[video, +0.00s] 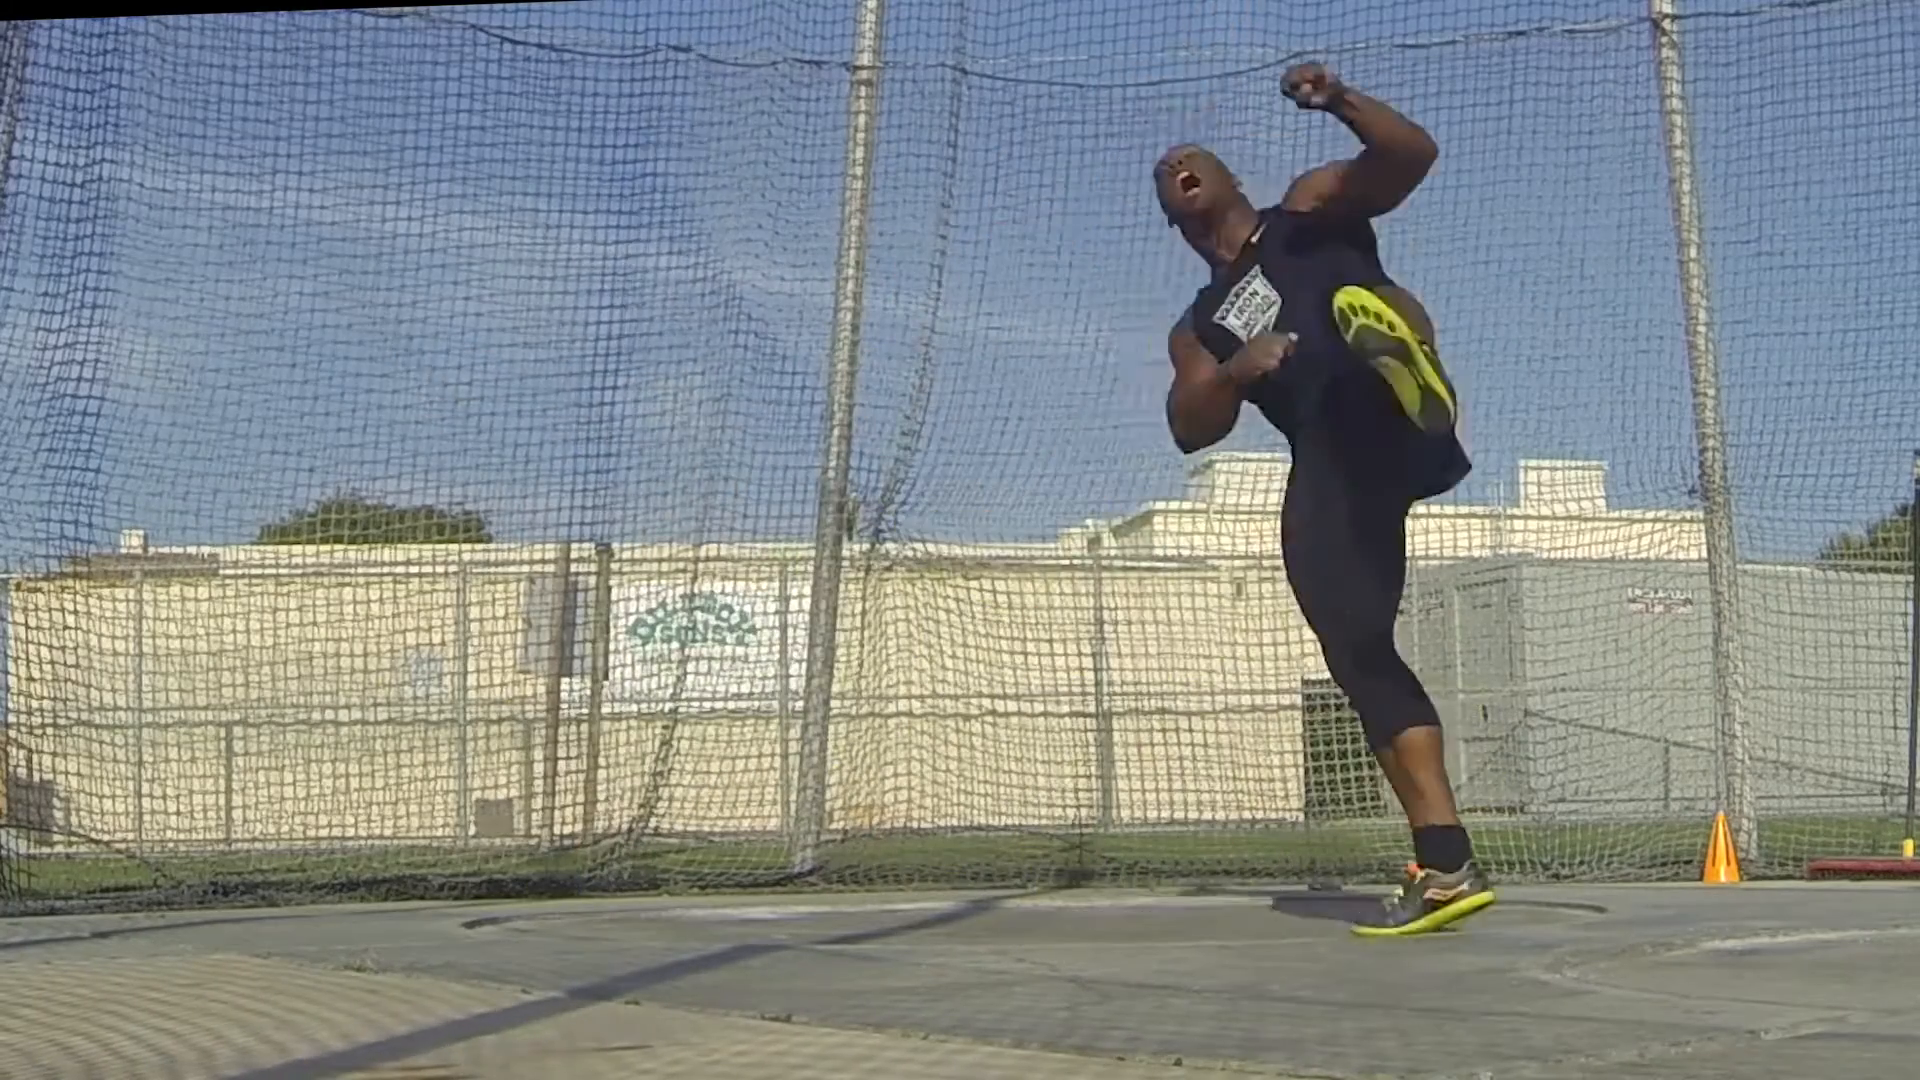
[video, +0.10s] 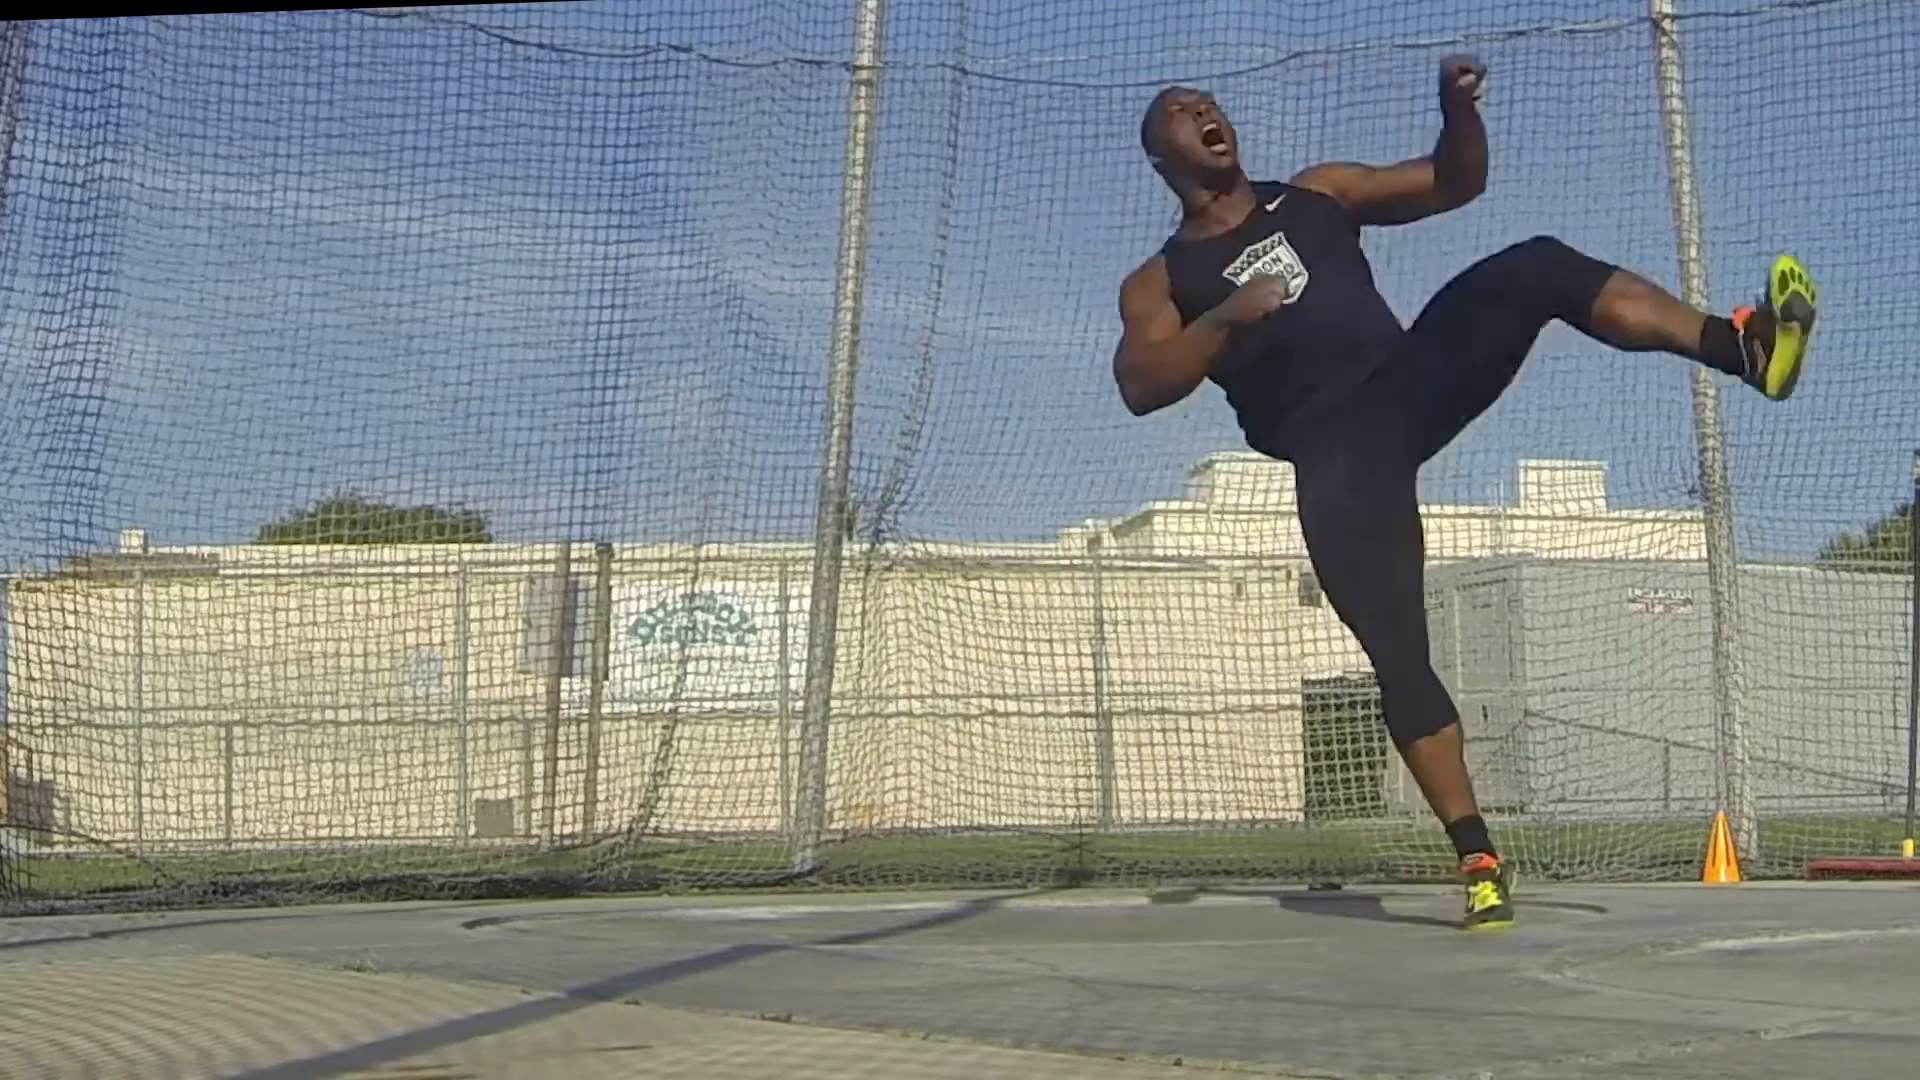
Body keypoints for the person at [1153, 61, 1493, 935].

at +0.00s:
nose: (1180, 176)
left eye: (1191, 166)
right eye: (1166, 181)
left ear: (1234, 178)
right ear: (1174, 222)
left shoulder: (1309, 202)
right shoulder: (1198, 324)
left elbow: (1413, 155)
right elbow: (1191, 429)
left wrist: (1341, 100)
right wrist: (1231, 373)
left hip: (1394, 417)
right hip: (1327, 472)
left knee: (1363, 296)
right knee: (1358, 650)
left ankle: (1409, 373)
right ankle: (1446, 862)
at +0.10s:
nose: (1210, 118)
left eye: (1213, 108)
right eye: (1184, 115)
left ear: (1234, 131)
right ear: (1158, 159)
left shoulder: (1315, 191)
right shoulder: (1155, 280)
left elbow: (1452, 178)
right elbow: (1141, 387)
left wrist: (1458, 110)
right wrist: (1222, 320)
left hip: (1411, 377)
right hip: (1334, 448)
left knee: (1536, 266)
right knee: (1397, 652)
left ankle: (1741, 350)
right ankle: (1477, 859)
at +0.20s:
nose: (1262, 115)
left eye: (1261, 102)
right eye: (1237, 105)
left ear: (1268, 128)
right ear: (1193, 140)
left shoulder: (1317, 210)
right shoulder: (1172, 252)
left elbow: (1446, 239)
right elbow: (1184, 300)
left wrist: (1519, 186)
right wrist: (1284, 219)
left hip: (1419, 391)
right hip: (1348, 450)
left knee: (1579, 319)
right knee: (1421, 650)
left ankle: (1735, 437)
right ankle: (1469, 865)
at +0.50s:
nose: (1385, 120)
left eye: (1372, 110)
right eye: (1381, 108)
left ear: (1306, 130)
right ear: (1376, 115)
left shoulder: (1259, 220)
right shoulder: (1443, 174)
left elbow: (1173, 317)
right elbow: (1534, 138)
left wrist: (1112, 373)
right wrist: (1421, 145)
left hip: (1295, 464)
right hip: (1410, 470)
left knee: (1229, 590)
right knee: (1435, 678)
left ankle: (1205, 756)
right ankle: (1460, 883)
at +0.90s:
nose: (1244, 132)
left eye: (1242, 118)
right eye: (1221, 123)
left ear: (1250, 136)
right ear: (1173, 149)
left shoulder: (1293, 232)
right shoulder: (1133, 276)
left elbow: (1351, 346)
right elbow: (1104, 411)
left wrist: (1421, 436)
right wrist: (1115, 523)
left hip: (1342, 476)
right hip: (1237, 494)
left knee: (1403, 648)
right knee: (1251, 689)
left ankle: (1425, 860)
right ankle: (1247, 872)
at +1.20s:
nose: (1180, 155)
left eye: (1174, 141)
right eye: (1176, 142)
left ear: (1094, 148)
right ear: (1159, 145)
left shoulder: (1024, 253)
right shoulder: (1169, 241)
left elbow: (1010, 386)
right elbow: (1216, 381)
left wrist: (1056, 482)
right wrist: (1284, 458)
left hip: (1074, 501)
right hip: (1173, 497)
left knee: (1105, 638)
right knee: (1220, 669)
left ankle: (1011, 815)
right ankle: (1191, 885)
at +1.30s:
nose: (1105, 170)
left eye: (1084, 157)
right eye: (1115, 158)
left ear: (1052, 161)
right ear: (1126, 164)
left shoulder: (978, 259)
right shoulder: (1161, 259)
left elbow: (949, 398)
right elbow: (1180, 413)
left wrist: (975, 492)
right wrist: (1163, 503)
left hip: (1017, 505)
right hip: (1130, 508)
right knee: (1179, 675)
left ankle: (903, 867)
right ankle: (1184, 886)